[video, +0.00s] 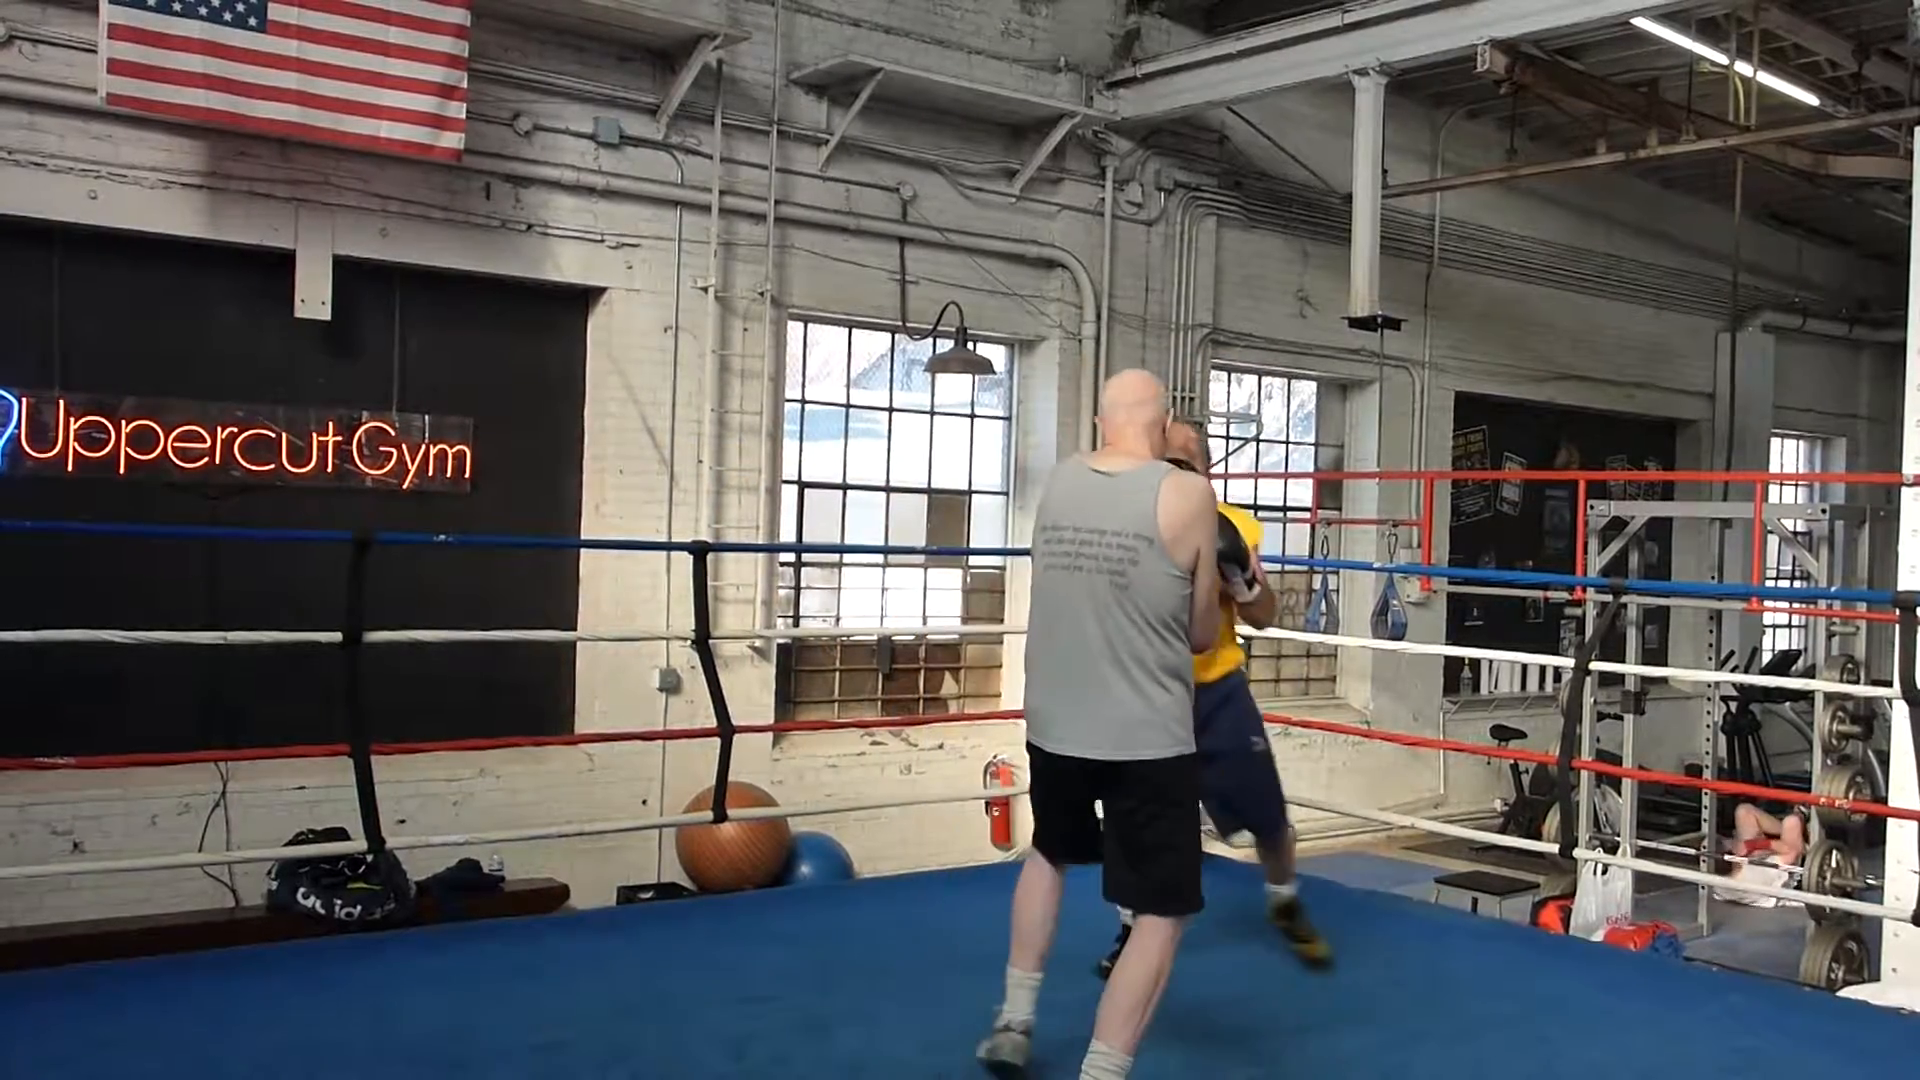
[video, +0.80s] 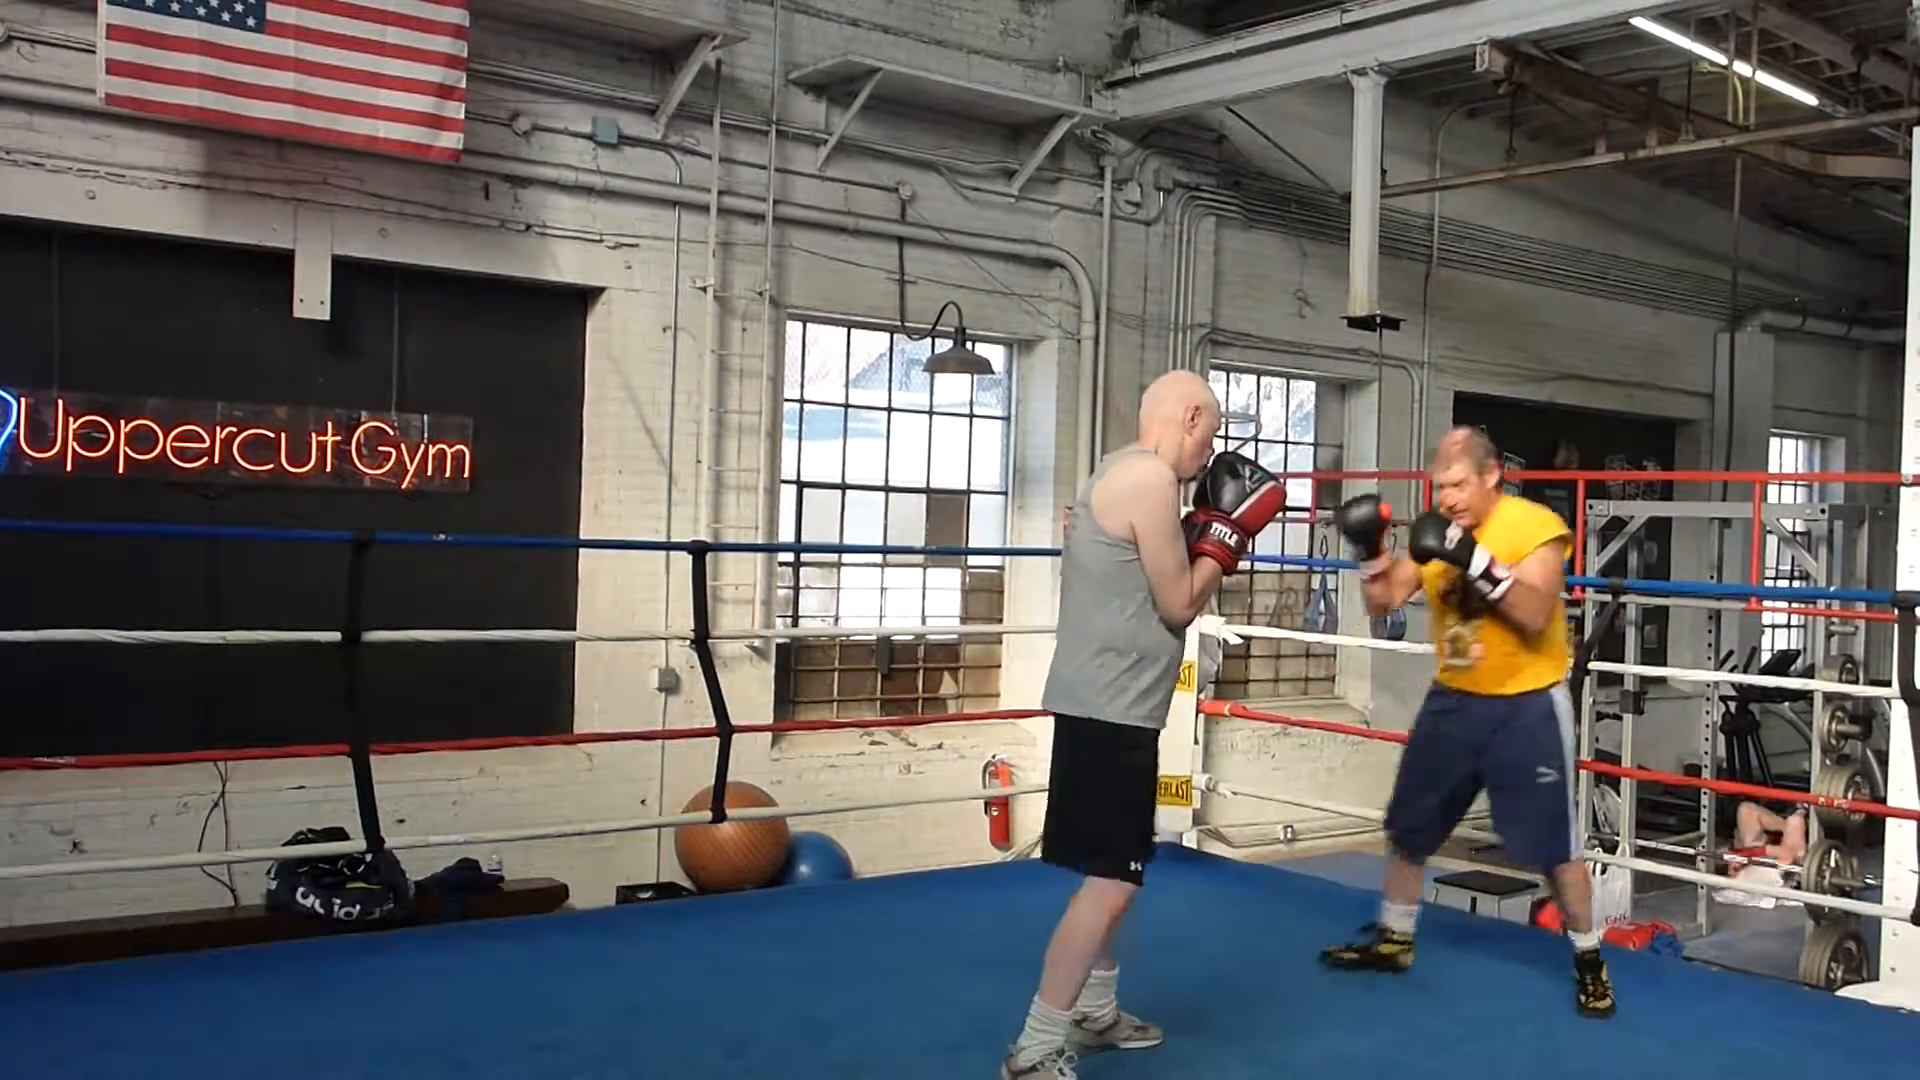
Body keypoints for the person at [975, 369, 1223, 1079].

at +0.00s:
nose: (1162, 416)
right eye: (1163, 407)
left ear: (1099, 421)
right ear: (1163, 421)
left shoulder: (1059, 482)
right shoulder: (1189, 495)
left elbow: (1063, 591)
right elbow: (1203, 631)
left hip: (1053, 725)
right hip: (1148, 738)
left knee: (1047, 853)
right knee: (1159, 913)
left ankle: (1014, 1021)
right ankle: (1101, 1071)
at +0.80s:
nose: (1211, 449)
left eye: (1214, 436)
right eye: (1211, 432)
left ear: (1157, 415)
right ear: (1188, 418)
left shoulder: (1119, 473)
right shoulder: (1149, 480)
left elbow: (1158, 590)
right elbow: (1178, 603)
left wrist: (1206, 523)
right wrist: (1228, 533)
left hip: (1106, 707)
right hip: (1112, 713)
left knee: (1120, 871)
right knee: (1109, 882)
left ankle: (1094, 1014)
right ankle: (1037, 1050)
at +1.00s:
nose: (1211, 464)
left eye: (1214, 451)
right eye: (1211, 447)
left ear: (1162, 432)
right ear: (1183, 434)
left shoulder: (1123, 496)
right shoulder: (1133, 503)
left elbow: (1163, 602)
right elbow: (1176, 620)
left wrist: (1207, 535)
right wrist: (1229, 543)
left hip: (1156, 720)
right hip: (1130, 727)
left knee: (1225, 827)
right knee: (1138, 893)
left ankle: (1152, 981)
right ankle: (1040, 1053)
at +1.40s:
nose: (1283, 457)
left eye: (1287, 445)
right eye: (1281, 442)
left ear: (1249, 425)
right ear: (1245, 424)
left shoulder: (1238, 497)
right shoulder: (1178, 484)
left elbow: (1263, 602)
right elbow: (1220, 603)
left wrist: (1300, 535)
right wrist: (1282, 536)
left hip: (1248, 712)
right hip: (1186, 713)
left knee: (1249, 861)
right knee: (1178, 868)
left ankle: (1236, 1011)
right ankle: (1108, 1024)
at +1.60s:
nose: (1297, 470)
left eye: (1301, 458)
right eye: (1293, 454)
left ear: (1260, 445)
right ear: (1251, 441)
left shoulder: (1264, 520)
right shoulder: (1184, 506)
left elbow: (1292, 618)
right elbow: (1227, 624)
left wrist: (1324, 542)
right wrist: (1292, 546)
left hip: (1281, 726)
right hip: (1205, 736)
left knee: (1358, 849)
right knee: (1197, 891)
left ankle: (1286, 977)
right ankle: (1131, 1025)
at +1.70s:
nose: (1320, 478)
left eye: (1322, 466)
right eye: (1313, 463)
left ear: (1278, 453)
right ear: (1271, 453)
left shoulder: (1291, 523)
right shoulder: (1201, 518)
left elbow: (1313, 632)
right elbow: (1227, 641)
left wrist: (1342, 568)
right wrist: (1301, 562)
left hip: (1303, 731)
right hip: (1224, 744)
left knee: (1388, 854)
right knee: (1211, 899)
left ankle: (1373, 1006)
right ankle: (1133, 1027)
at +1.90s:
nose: (1394, 480)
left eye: (1395, 467)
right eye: (1385, 465)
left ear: (1356, 462)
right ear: (1337, 458)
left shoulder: (1371, 529)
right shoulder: (1286, 521)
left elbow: (1391, 641)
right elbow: (1313, 641)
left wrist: (1410, 583)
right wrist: (1390, 578)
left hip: (1370, 748)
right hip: (1289, 752)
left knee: (1434, 885)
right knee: (1242, 901)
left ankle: (1465, 1033)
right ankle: (1140, 1023)